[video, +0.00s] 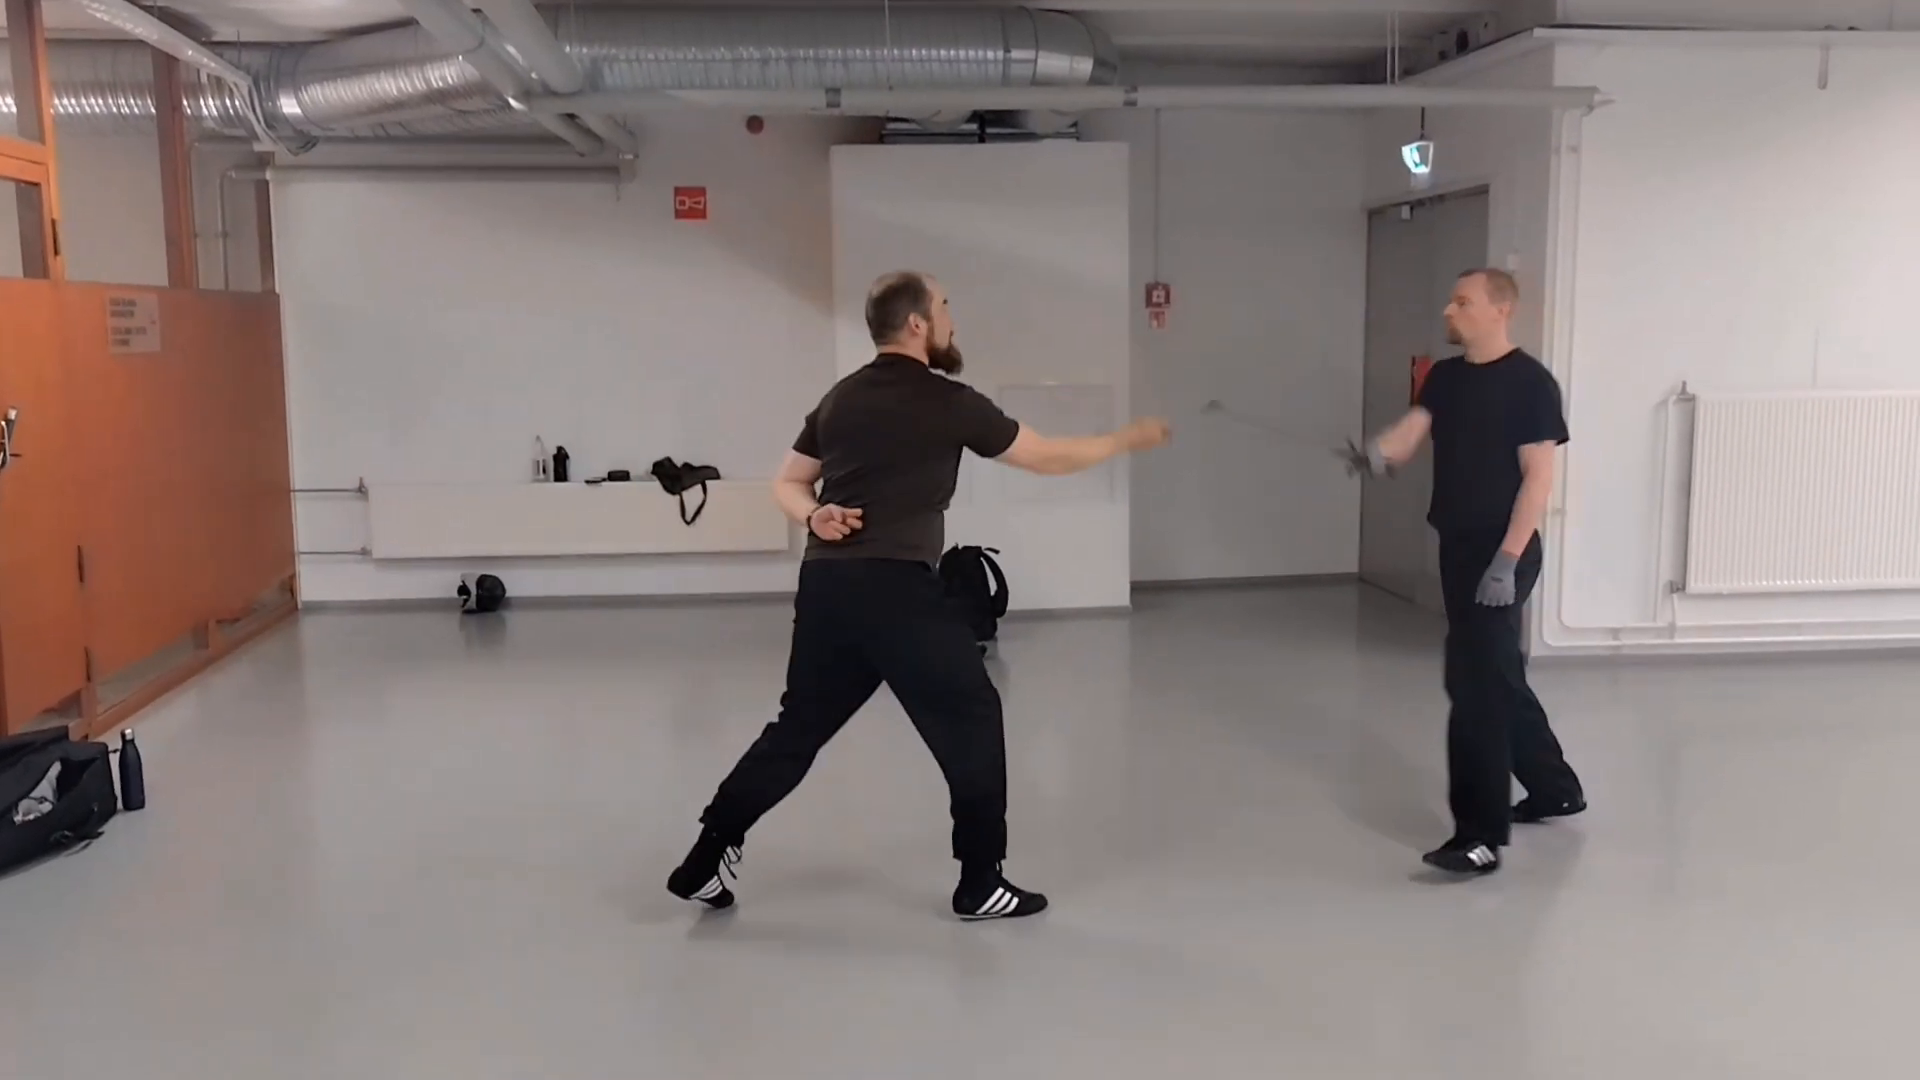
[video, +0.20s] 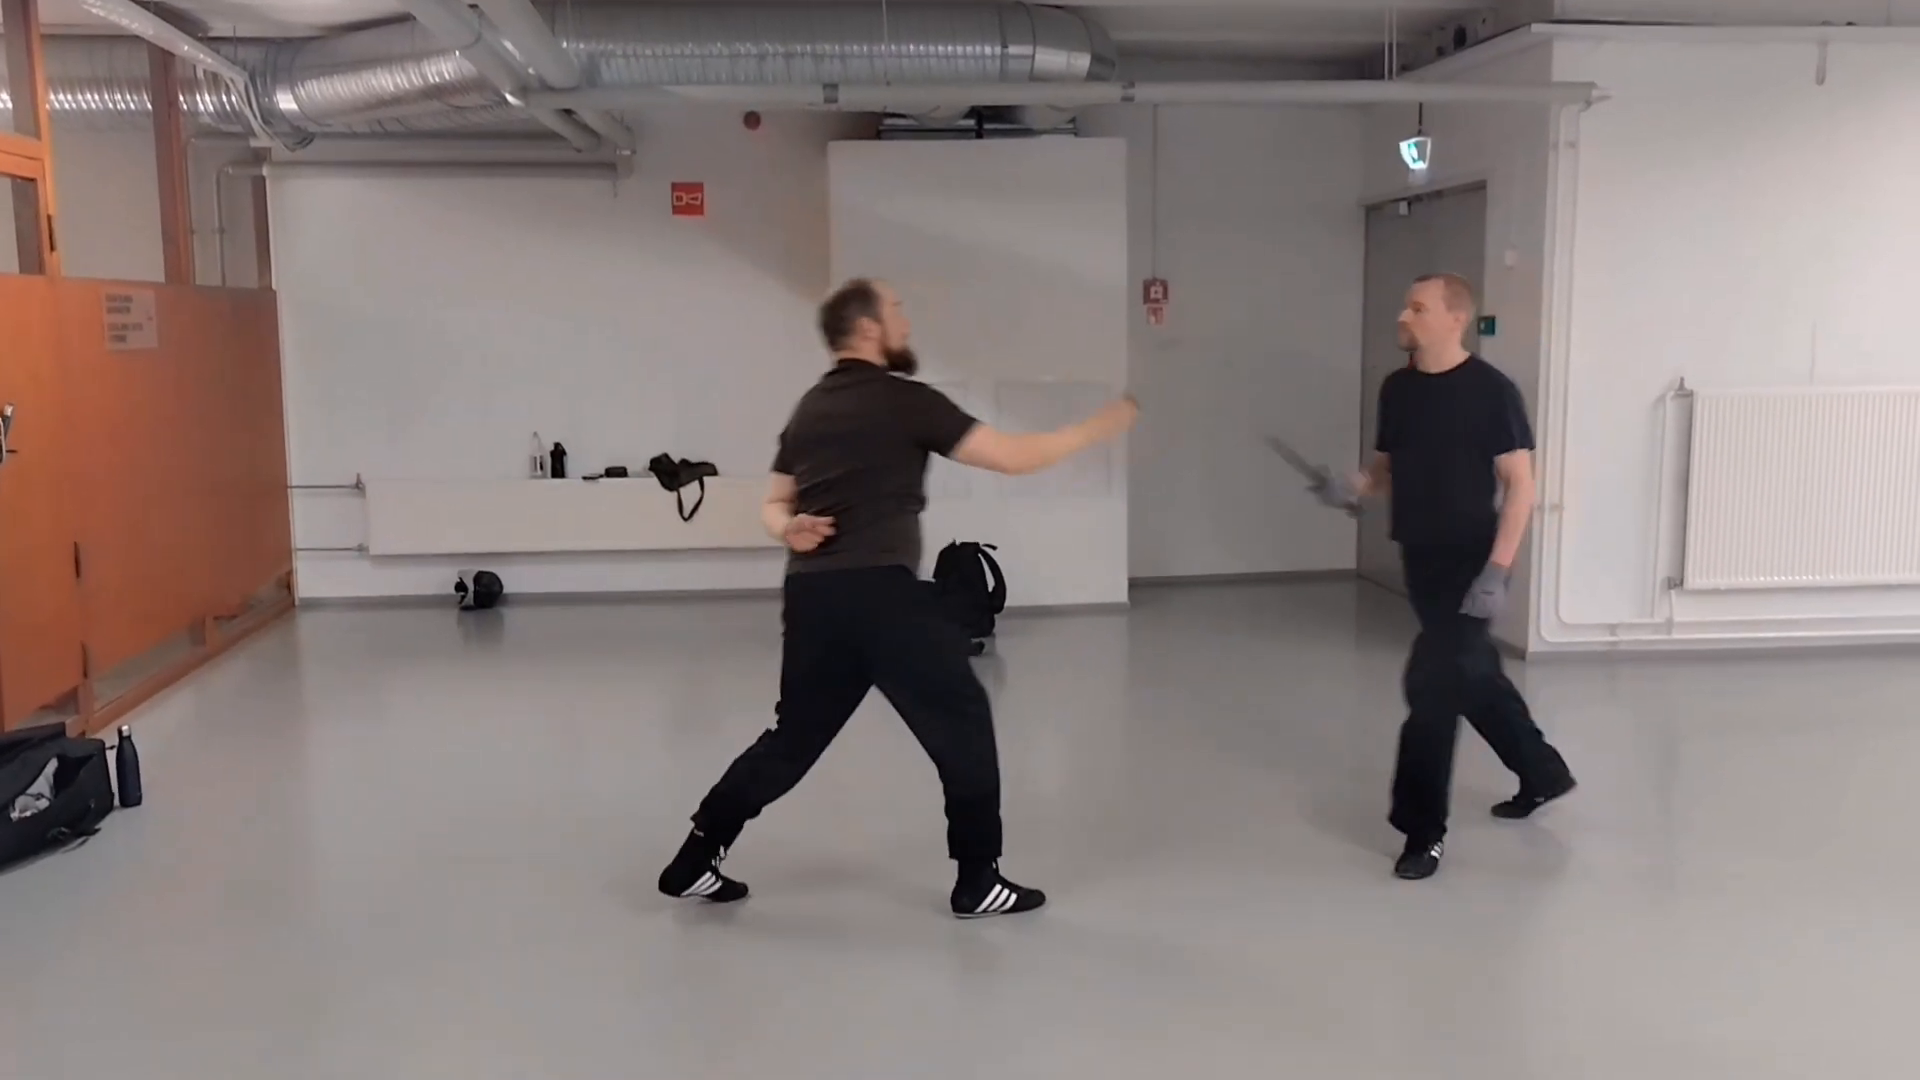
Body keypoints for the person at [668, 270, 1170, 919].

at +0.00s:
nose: (952, 320)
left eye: (947, 308)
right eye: (943, 309)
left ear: (888, 329)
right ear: (917, 323)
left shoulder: (841, 398)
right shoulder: (947, 399)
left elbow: (789, 483)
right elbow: (1042, 456)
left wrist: (812, 513)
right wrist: (1123, 440)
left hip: (825, 591)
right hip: (902, 589)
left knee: (798, 727)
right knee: (972, 718)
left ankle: (707, 857)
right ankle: (981, 882)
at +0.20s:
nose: (906, 323)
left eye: (901, 311)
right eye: (897, 313)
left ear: (846, 335)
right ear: (868, 328)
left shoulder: (813, 406)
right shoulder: (903, 398)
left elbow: (775, 502)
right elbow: (1013, 456)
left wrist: (789, 527)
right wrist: (1099, 427)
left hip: (813, 601)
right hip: (885, 598)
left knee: (794, 738)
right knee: (962, 726)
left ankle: (692, 862)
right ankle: (977, 882)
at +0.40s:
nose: (804, 331)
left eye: (799, 319)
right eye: (792, 319)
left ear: (745, 337)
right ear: (759, 331)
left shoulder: (726, 407)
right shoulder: (784, 390)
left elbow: (737, 502)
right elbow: (894, 414)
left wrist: (717, 531)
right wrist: (983, 359)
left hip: (753, 601)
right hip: (810, 595)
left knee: (776, 749)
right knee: (903, 722)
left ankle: (690, 869)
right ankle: (973, 861)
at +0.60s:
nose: (716, 324)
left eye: (712, 309)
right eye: (706, 311)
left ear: (654, 328)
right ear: (673, 322)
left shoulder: (636, 397)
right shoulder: (696, 385)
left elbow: (660, 498)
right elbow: (794, 450)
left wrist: (644, 529)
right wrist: (872, 418)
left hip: (667, 592)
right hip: (715, 585)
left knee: (739, 720)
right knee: (794, 722)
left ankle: (685, 869)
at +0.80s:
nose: (658, 339)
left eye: (653, 326)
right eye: (649, 327)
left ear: (587, 343)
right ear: (616, 339)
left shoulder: (540, 414)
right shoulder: (652, 432)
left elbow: (504, 519)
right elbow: (716, 543)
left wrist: (533, 547)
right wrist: (740, 531)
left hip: (544, 610)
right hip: (589, 617)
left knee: (663, 711)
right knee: (526, 780)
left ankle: (674, 864)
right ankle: (390, 937)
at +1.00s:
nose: (651, 358)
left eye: (650, 344)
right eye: (646, 346)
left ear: (574, 355)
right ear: (614, 355)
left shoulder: (506, 414)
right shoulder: (630, 447)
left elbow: (444, 490)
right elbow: (670, 548)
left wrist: (462, 541)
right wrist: (714, 533)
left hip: (490, 617)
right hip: (548, 623)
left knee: (620, 713)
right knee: (498, 800)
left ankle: (656, 865)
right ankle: (377, 952)